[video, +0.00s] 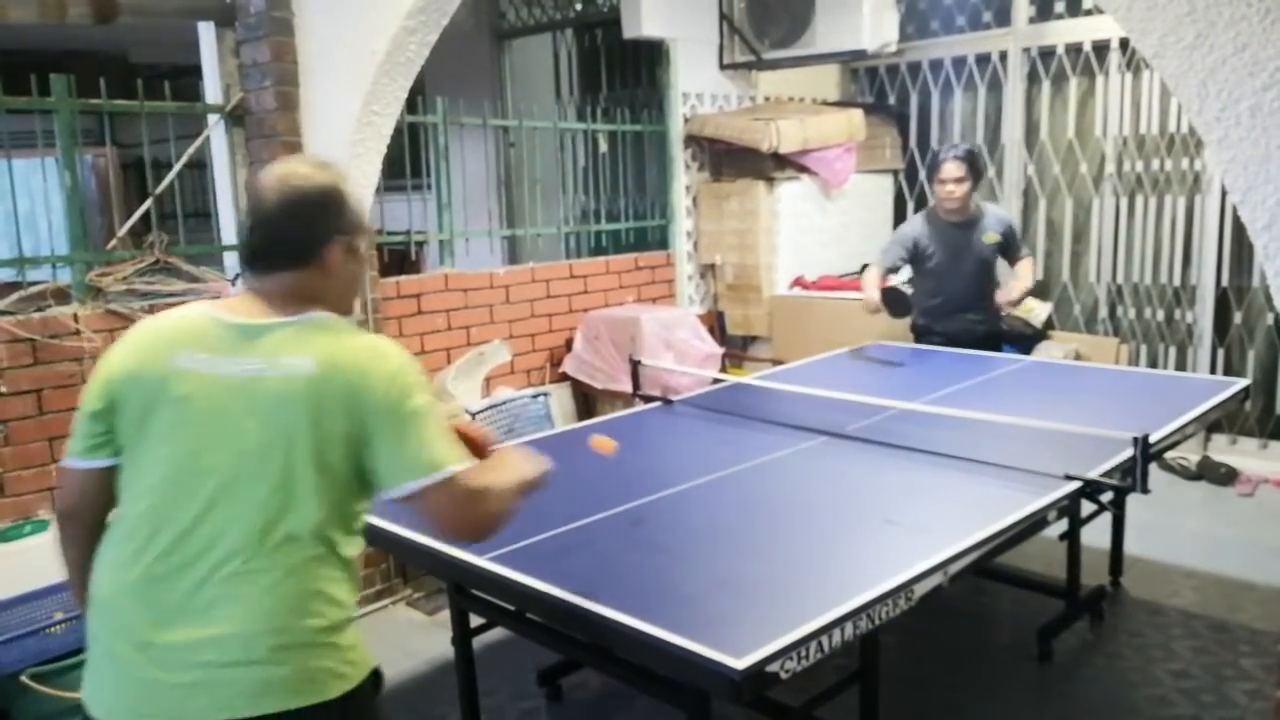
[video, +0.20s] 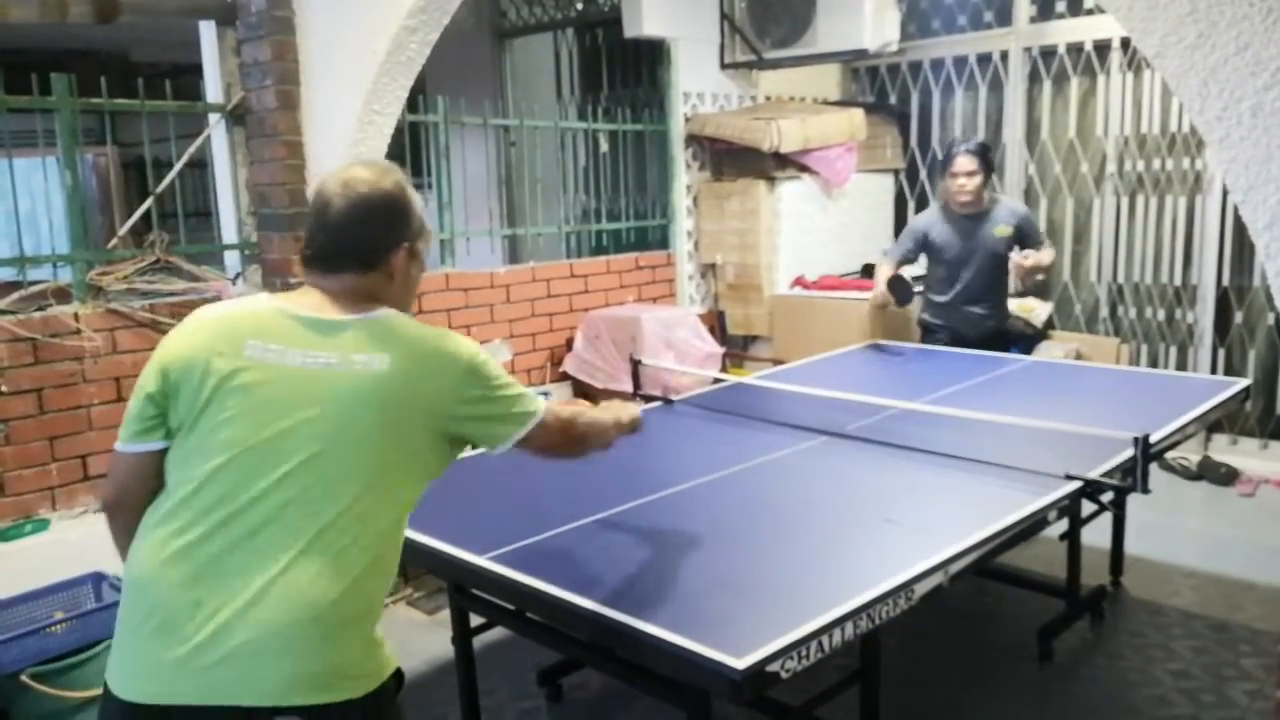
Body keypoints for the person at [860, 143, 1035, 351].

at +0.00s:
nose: (950, 190)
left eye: (959, 181)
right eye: (942, 182)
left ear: (974, 182)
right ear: (932, 184)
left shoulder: (996, 223)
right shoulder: (915, 230)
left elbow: (1021, 258)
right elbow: (876, 268)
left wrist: (1015, 290)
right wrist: (872, 294)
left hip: (984, 338)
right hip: (934, 340)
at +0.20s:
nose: (962, 184)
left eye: (971, 175)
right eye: (954, 176)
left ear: (986, 177)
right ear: (943, 179)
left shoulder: (1013, 216)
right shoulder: (926, 222)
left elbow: (1046, 251)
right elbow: (890, 260)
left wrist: (1036, 261)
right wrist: (882, 287)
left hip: (990, 331)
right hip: (940, 331)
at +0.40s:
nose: (958, 187)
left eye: (966, 178)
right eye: (949, 179)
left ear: (981, 179)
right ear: (939, 180)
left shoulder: (1006, 219)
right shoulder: (922, 224)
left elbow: (1033, 253)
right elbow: (882, 262)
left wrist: (1025, 276)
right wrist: (880, 290)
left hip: (988, 336)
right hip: (937, 336)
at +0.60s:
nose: (947, 197)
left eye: (956, 188)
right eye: (939, 189)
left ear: (970, 188)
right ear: (927, 189)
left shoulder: (992, 228)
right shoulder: (914, 230)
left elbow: (1008, 270)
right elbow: (874, 276)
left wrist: (1006, 314)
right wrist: (883, 309)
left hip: (979, 348)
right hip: (928, 349)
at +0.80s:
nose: (934, 213)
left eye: (942, 204)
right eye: (925, 206)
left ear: (953, 202)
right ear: (912, 207)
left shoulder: (972, 233)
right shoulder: (905, 243)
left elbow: (988, 282)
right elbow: (886, 283)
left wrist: (1000, 330)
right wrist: (868, 308)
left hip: (968, 334)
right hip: (920, 336)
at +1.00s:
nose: (938, 206)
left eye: (946, 198)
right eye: (928, 199)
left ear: (958, 197)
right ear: (915, 200)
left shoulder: (976, 228)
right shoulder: (906, 235)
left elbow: (989, 276)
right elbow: (874, 272)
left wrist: (998, 319)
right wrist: (857, 306)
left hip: (966, 325)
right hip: (917, 326)